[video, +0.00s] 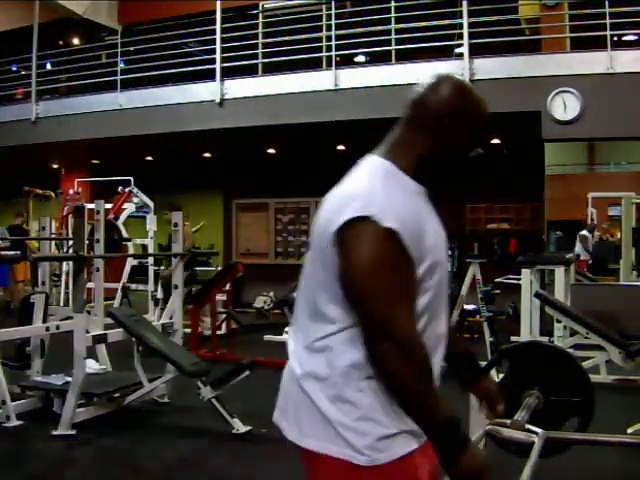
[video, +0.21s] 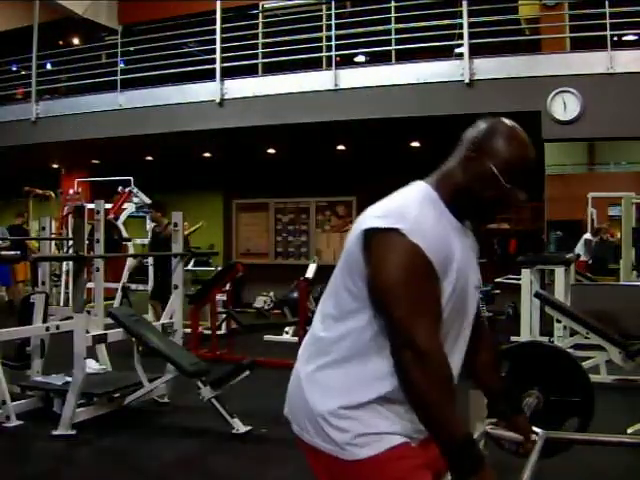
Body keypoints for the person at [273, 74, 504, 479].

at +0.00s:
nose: (468, 156)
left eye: (473, 143)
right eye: (469, 142)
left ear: (416, 116)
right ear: (446, 133)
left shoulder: (395, 190)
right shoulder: (374, 204)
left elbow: (422, 311)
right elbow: (392, 345)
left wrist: (475, 379)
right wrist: (452, 445)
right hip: (360, 435)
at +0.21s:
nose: (517, 198)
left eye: (522, 187)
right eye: (512, 181)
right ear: (477, 161)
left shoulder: (456, 229)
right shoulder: (403, 225)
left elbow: (472, 331)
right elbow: (417, 355)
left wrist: (507, 410)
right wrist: (468, 461)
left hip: (404, 404)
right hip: (349, 414)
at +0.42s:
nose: (521, 213)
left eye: (529, 204)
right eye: (515, 197)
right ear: (482, 172)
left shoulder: (478, 241)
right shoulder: (414, 233)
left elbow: (476, 334)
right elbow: (426, 361)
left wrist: (506, 408)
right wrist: (466, 464)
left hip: (411, 408)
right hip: (345, 413)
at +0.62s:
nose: (501, 203)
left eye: (510, 195)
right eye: (496, 187)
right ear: (466, 167)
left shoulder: (476, 242)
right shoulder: (402, 235)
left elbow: (473, 333)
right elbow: (413, 361)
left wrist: (499, 411)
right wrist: (459, 466)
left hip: (408, 401)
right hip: (346, 406)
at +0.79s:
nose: (504, 203)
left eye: (513, 195)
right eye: (500, 187)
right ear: (470, 163)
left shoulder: (475, 239)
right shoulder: (402, 230)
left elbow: (471, 328)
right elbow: (407, 357)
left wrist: (487, 409)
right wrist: (446, 460)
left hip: (407, 399)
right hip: (349, 403)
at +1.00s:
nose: (524, 208)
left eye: (530, 197)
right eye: (524, 192)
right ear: (500, 176)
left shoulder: (477, 235)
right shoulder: (410, 231)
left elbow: (467, 328)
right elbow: (405, 356)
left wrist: (479, 411)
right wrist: (439, 462)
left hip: (410, 396)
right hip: (352, 402)